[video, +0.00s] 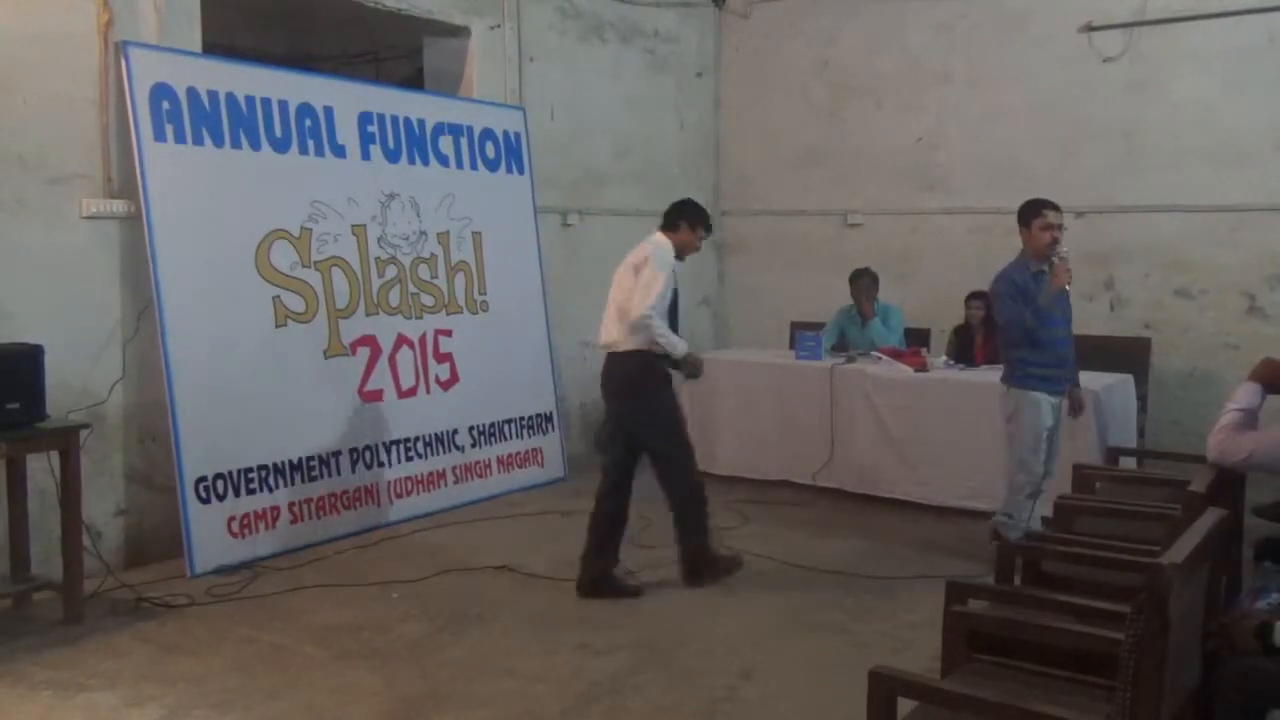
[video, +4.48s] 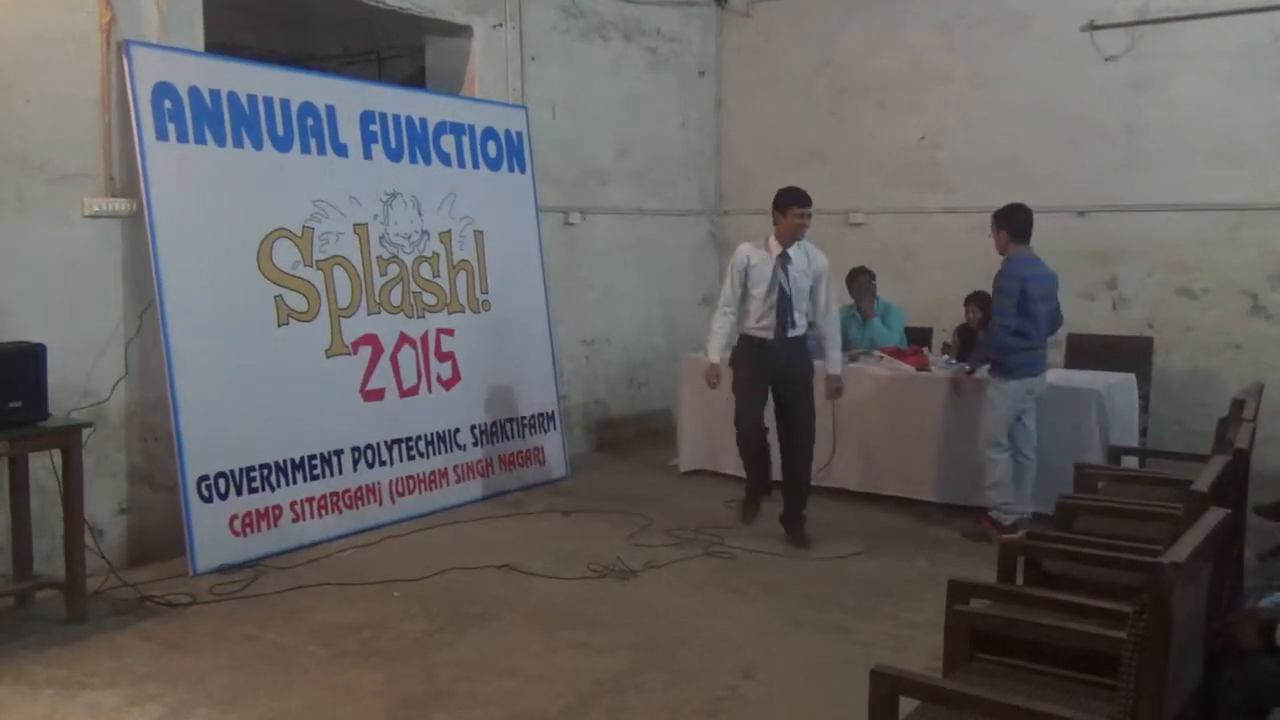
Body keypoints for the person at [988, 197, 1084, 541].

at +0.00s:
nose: (1056, 236)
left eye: (1059, 229)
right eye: (1047, 229)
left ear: (1061, 231)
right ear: (1025, 232)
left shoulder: (1054, 277)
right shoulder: (1008, 281)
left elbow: (1064, 338)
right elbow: (1012, 329)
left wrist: (1072, 384)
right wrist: (1052, 289)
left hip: (1054, 390)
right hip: (1026, 389)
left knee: (1042, 473)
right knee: (1026, 473)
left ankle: (1023, 533)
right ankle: (1006, 537)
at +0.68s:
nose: (1056, 234)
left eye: (1060, 227)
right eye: (1047, 227)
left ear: (1064, 230)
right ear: (1024, 230)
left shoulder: (1064, 273)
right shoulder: (1008, 283)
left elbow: (1070, 333)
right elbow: (1011, 343)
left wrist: (1080, 379)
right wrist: (1053, 307)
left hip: (1070, 389)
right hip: (1032, 392)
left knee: (1079, 471)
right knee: (1030, 479)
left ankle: (1071, 543)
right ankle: (1028, 548)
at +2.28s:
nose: (1029, 237)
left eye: (1038, 230)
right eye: (1026, 229)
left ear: (1059, 234)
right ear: (1021, 230)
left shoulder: (1079, 280)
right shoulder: (1003, 277)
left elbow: (1092, 335)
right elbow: (983, 324)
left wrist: (1100, 384)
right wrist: (1006, 324)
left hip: (1061, 388)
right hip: (1016, 386)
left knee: (1057, 461)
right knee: (1013, 459)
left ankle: (1055, 524)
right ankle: (1015, 522)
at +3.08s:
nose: (1012, 241)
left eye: (1016, 233)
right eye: (1012, 234)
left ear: (1037, 233)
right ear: (1034, 234)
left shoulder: (1072, 277)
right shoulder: (1023, 275)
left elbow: (1075, 343)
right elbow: (1020, 324)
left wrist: (1043, 385)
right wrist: (996, 320)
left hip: (1053, 385)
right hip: (1016, 380)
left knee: (1053, 464)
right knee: (1012, 459)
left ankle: (1057, 532)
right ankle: (1013, 527)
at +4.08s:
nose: (1009, 241)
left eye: (1010, 234)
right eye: (1009, 234)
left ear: (1022, 235)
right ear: (1041, 233)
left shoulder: (1038, 276)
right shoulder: (1048, 270)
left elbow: (1029, 334)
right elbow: (1039, 327)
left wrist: (1017, 381)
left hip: (1035, 377)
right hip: (1037, 374)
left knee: (1038, 448)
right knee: (1019, 448)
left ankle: (1061, 513)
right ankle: (1015, 512)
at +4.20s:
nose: (1002, 241)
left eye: (1003, 234)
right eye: (1002, 233)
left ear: (1015, 234)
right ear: (1035, 233)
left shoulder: (1025, 273)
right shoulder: (1050, 270)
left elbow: (1014, 332)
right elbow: (1053, 322)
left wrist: (1004, 382)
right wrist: (1036, 351)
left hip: (1026, 373)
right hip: (1039, 370)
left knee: (1023, 446)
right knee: (1021, 445)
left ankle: (1038, 514)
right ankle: (1017, 511)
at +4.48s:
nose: (993, 239)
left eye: (994, 232)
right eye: (993, 232)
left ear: (1005, 233)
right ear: (1025, 232)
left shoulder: (1009, 273)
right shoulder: (1045, 272)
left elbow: (998, 330)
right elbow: (1053, 322)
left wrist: (973, 364)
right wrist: (1022, 337)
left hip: (1009, 375)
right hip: (1034, 374)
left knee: (994, 444)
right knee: (1024, 446)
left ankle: (1002, 514)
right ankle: (1020, 513)